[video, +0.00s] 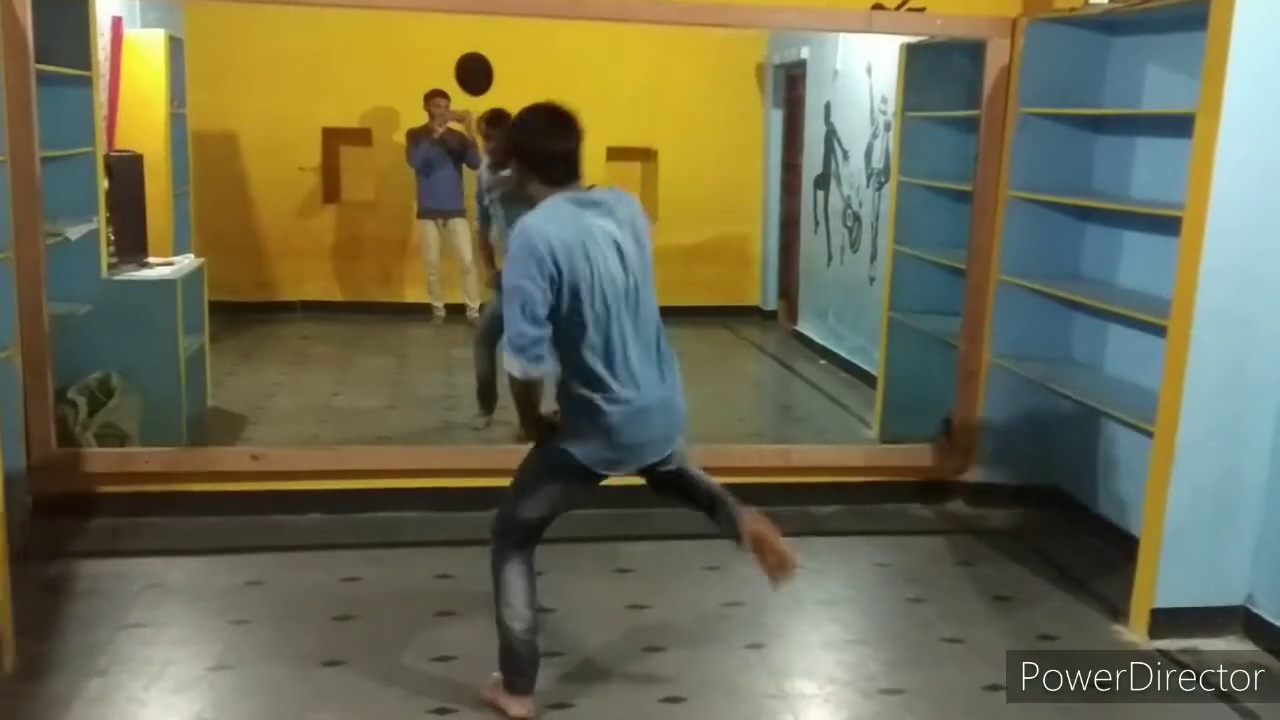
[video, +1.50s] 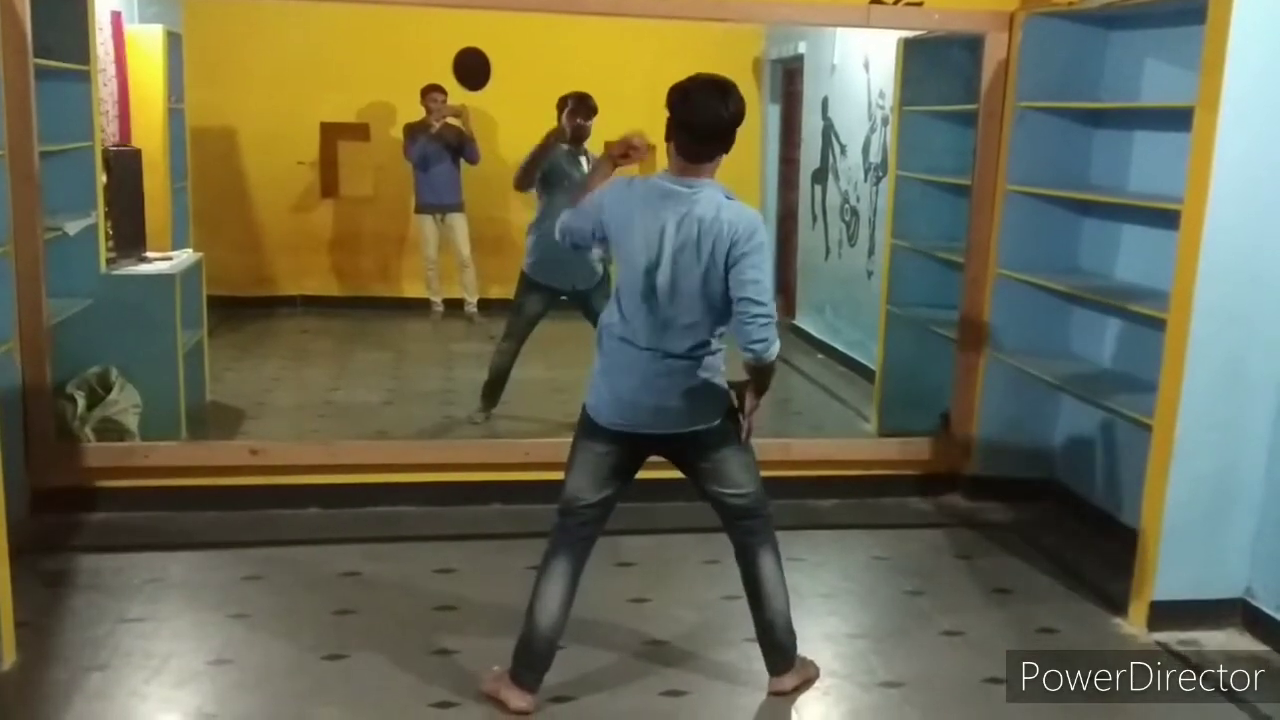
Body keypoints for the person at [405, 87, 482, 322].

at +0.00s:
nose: (440, 111)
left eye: (444, 106)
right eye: (435, 106)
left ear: (449, 109)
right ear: (427, 108)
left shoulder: (456, 136)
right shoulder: (416, 134)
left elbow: (474, 162)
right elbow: (415, 161)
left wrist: (470, 133)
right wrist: (434, 135)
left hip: (455, 210)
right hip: (428, 210)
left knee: (467, 262)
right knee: (432, 264)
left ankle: (473, 309)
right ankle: (437, 308)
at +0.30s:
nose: (440, 111)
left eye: (444, 107)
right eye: (436, 106)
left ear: (450, 110)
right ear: (427, 109)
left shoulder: (457, 136)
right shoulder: (417, 135)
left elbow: (475, 163)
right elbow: (416, 162)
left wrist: (468, 134)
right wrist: (435, 136)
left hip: (455, 209)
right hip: (429, 210)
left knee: (466, 261)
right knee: (432, 263)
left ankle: (473, 309)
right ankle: (438, 308)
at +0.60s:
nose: (440, 111)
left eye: (445, 106)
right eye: (436, 106)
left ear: (450, 110)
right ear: (427, 108)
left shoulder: (457, 136)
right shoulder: (417, 135)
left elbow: (476, 163)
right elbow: (415, 161)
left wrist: (470, 132)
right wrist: (436, 134)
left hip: (456, 210)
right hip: (429, 211)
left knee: (467, 263)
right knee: (433, 264)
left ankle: (474, 310)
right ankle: (438, 309)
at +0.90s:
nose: (441, 110)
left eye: (445, 106)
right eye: (436, 106)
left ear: (450, 109)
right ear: (427, 108)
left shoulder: (457, 136)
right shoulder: (417, 134)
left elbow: (476, 162)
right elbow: (415, 161)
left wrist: (469, 131)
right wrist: (435, 134)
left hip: (456, 209)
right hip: (429, 210)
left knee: (468, 262)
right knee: (433, 264)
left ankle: (474, 309)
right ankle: (438, 308)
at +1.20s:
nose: (439, 108)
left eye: (443, 104)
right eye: (434, 103)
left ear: (449, 107)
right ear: (426, 106)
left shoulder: (455, 133)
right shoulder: (415, 132)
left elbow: (475, 160)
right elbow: (414, 158)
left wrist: (468, 128)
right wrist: (434, 132)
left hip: (455, 206)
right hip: (427, 208)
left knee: (466, 260)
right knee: (432, 261)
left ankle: (473, 308)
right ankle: (437, 306)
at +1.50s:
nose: (437, 106)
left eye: (441, 101)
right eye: (432, 101)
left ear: (447, 104)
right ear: (424, 103)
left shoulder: (454, 131)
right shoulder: (413, 129)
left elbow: (473, 158)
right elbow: (412, 156)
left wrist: (467, 126)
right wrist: (432, 130)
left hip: (453, 204)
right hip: (426, 205)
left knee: (465, 258)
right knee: (430, 259)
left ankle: (471, 305)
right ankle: (436, 304)